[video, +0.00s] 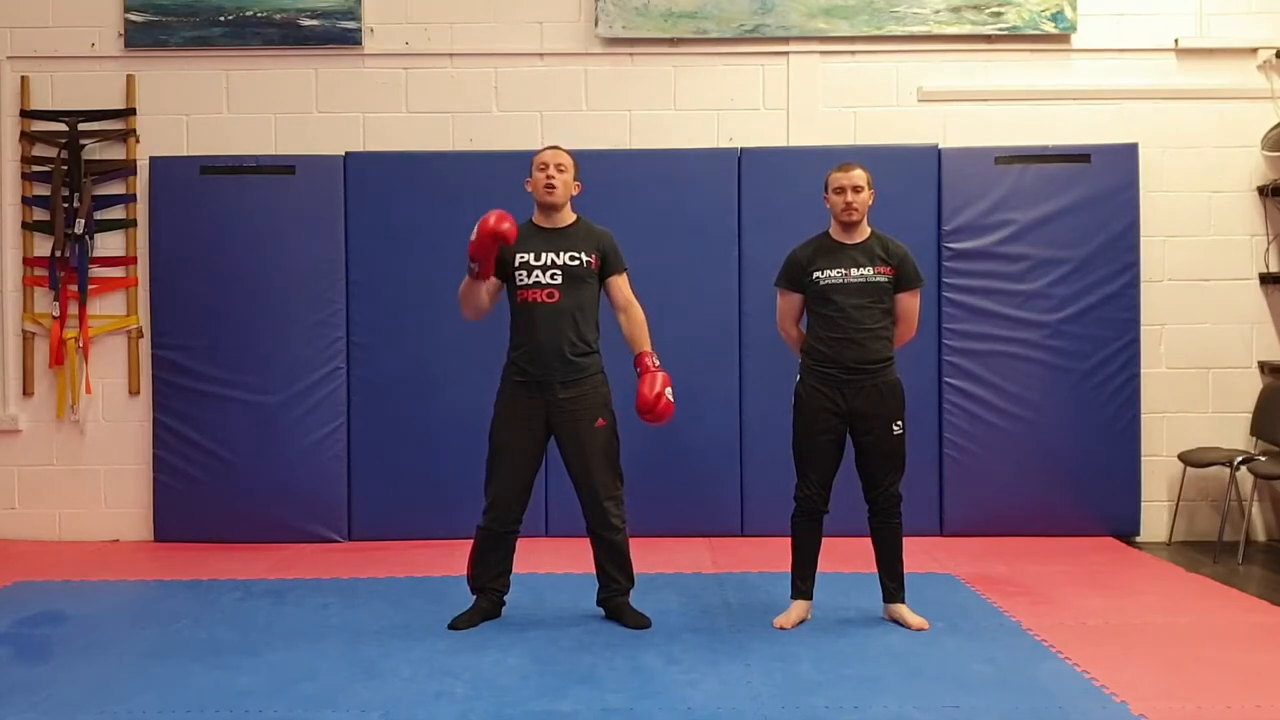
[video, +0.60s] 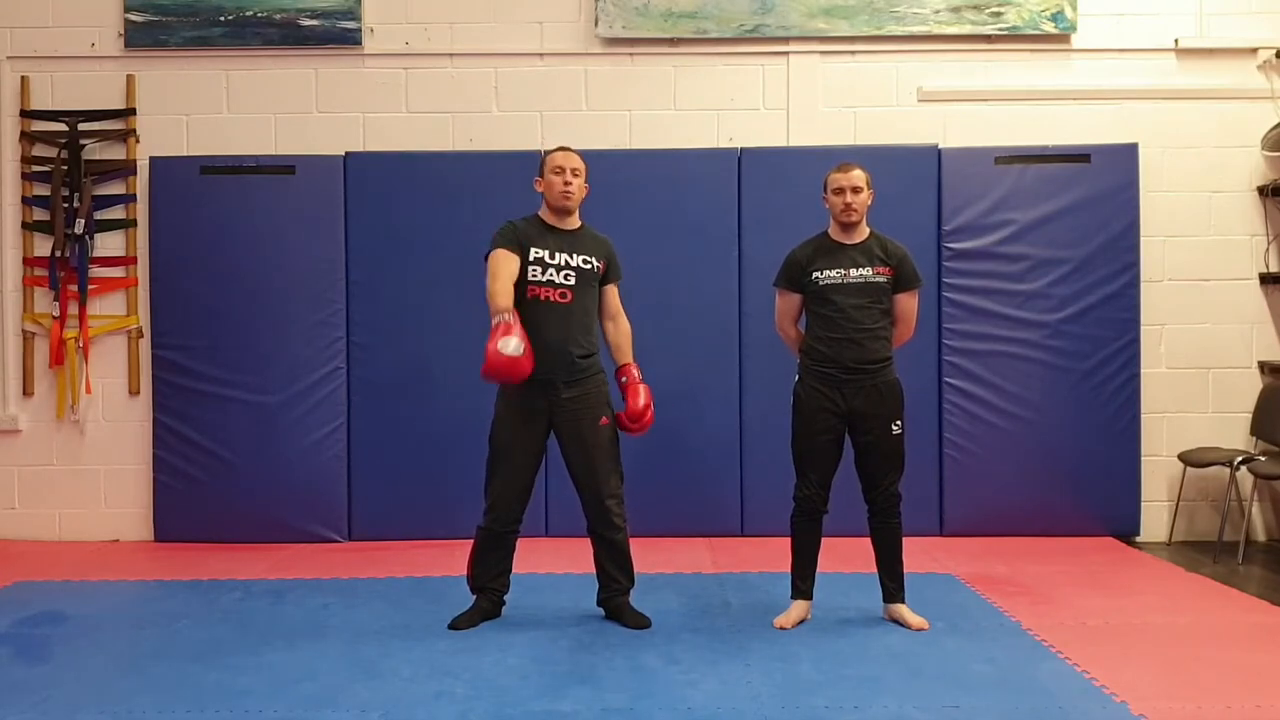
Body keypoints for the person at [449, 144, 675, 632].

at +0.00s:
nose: (549, 175)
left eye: (559, 170)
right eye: (541, 169)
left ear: (575, 187)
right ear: (528, 184)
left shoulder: (598, 240)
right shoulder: (509, 240)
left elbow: (627, 307)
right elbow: (473, 309)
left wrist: (648, 363)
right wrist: (481, 264)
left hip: (583, 388)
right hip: (522, 389)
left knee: (604, 498)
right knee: (502, 499)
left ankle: (616, 598)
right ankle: (488, 598)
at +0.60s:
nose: (569, 181)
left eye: (576, 175)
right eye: (560, 174)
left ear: (586, 188)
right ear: (540, 184)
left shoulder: (599, 247)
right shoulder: (514, 235)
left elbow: (614, 317)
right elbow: (499, 288)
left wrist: (630, 374)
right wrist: (506, 322)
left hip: (584, 390)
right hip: (523, 389)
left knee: (606, 498)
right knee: (503, 499)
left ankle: (616, 597)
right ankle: (488, 597)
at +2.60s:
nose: (556, 173)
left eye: (562, 166)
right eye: (545, 168)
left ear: (576, 181)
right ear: (530, 186)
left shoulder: (601, 239)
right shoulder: (508, 238)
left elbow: (626, 303)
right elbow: (478, 298)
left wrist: (635, 364)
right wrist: (516, 318)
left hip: (587, 387)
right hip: (527, 388)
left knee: (607, 498)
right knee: (505, 497)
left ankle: (616, 597)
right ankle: (488, 597)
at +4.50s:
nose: (543, 192)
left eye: (552, 183)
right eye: (535, 184)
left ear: (575, 185)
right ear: (527, 188)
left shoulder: (603, 242)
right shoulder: (514, 240)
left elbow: (622, 311)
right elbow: (486, 305)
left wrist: (633, 373)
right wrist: (515, 257)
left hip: (587, 389)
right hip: (527, 389)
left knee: (607, 500)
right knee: (505, 498)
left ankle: (616, 598)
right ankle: (488, 597)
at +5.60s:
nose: (612, 188)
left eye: (612, 180)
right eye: (602, 179)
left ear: (594, 186)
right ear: (569, 184)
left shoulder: (602, 246)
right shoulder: (530, 238)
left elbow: (606, 310)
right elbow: (501, 304)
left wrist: (637, 347)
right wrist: (562, 319)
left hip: (594, 390)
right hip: (540, 392)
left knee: (608, 497)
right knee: (514, 498)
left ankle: (614, 595)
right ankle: (489, 596)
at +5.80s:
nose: (649, 192)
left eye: (650, 184)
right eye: (640, 183)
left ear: (627, 189)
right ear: (609, 185)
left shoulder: (633, 250)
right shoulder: (565, 231)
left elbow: (651, 312)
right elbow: (530, 291)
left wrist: (701, 314)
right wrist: (586, 318)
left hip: (614, 388)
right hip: (560, 386)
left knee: (619, 496)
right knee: (529, 494)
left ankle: (615, 594)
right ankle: (491, 590)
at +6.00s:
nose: (668, 190)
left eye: (670, 182)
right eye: (659, 179)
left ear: (660, 188)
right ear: (629, 181)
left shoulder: (659, 251)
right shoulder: (584, 228)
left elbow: (681, 310)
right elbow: (544, 287)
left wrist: (727, 307)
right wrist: (595, 318)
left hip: (628, 384)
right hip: (576, 379)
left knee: (627, 492)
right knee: (557, 487)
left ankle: (615, 594)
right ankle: (524, 592)